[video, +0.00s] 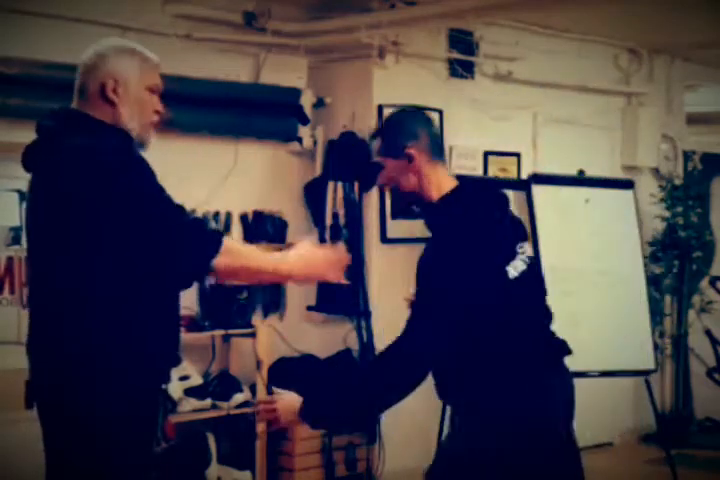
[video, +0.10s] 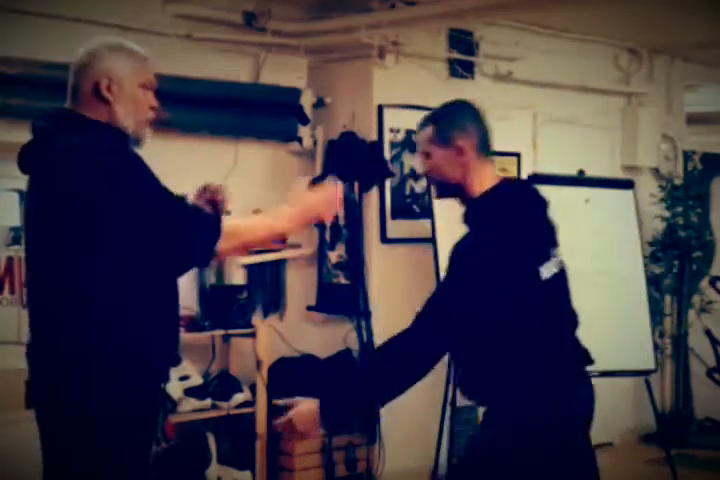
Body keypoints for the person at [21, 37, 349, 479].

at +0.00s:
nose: (161, 109)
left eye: (159, 96)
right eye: (154, 93)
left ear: (110, 92)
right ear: (112, 91)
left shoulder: (63, 157)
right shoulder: (104, 160)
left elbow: (178, 245)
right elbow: (194, 250)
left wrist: (277, 262)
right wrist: (290, 265)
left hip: (71, 382)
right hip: (109, 390)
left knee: (78, 472)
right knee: (118, 471)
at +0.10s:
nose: (156, 105)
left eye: (154, 92)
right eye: (148, 89)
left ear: (106, 90)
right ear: (107, 89)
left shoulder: (61, 154)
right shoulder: (97, 157)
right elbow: (192, 240)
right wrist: (299, 212)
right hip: (108, 389)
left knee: (80, 473)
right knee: (115, 472)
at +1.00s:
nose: (155, 114)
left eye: (155, 101)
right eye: (149, 98)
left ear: (112, 92)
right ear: (112, 92)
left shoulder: (55, 154)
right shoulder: (106, 155)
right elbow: (188, 230)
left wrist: (212, 239)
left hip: (68, 374)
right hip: (113, 379)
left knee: (74, 471)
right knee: (118, 470)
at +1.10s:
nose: (165, 119)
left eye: (166, 107)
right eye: (161, 104)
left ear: (115, 94)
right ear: (123, 95)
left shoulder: (52, 157)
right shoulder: (127, 161)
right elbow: (213, 227)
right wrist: (180, 169)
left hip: (63, 374)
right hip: (119, 379)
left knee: (68, 471)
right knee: (120, 471)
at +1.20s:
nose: (173, 127)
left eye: (176, 115)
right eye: (170, 111)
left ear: (127, 95)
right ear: (135, 97)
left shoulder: (54, 159)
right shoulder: (135, 160)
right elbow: (219, 241)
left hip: (61, 375)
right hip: (120, 381)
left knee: (67, 471)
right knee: (120, 470)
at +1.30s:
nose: (175, 136)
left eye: (179, 123)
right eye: (174, 118)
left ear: (133, 97)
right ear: (141, 99)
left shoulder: (56, 158)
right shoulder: (136, 165)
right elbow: (221, 262)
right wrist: (302, 312)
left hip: (57, 376)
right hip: (120, 382)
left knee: (63, 472)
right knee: (121, 471)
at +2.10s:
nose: (170, 101)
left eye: (167, 89)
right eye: (162, 87)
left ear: (119, 91)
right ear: (123, 91)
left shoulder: (64, 161)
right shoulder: (124, 164)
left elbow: (110, 274)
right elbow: (174, 276)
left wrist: (181, 324)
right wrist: (253, 335)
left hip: (69, 370)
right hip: (116, 379)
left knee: (74, 470)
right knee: (120, 470)